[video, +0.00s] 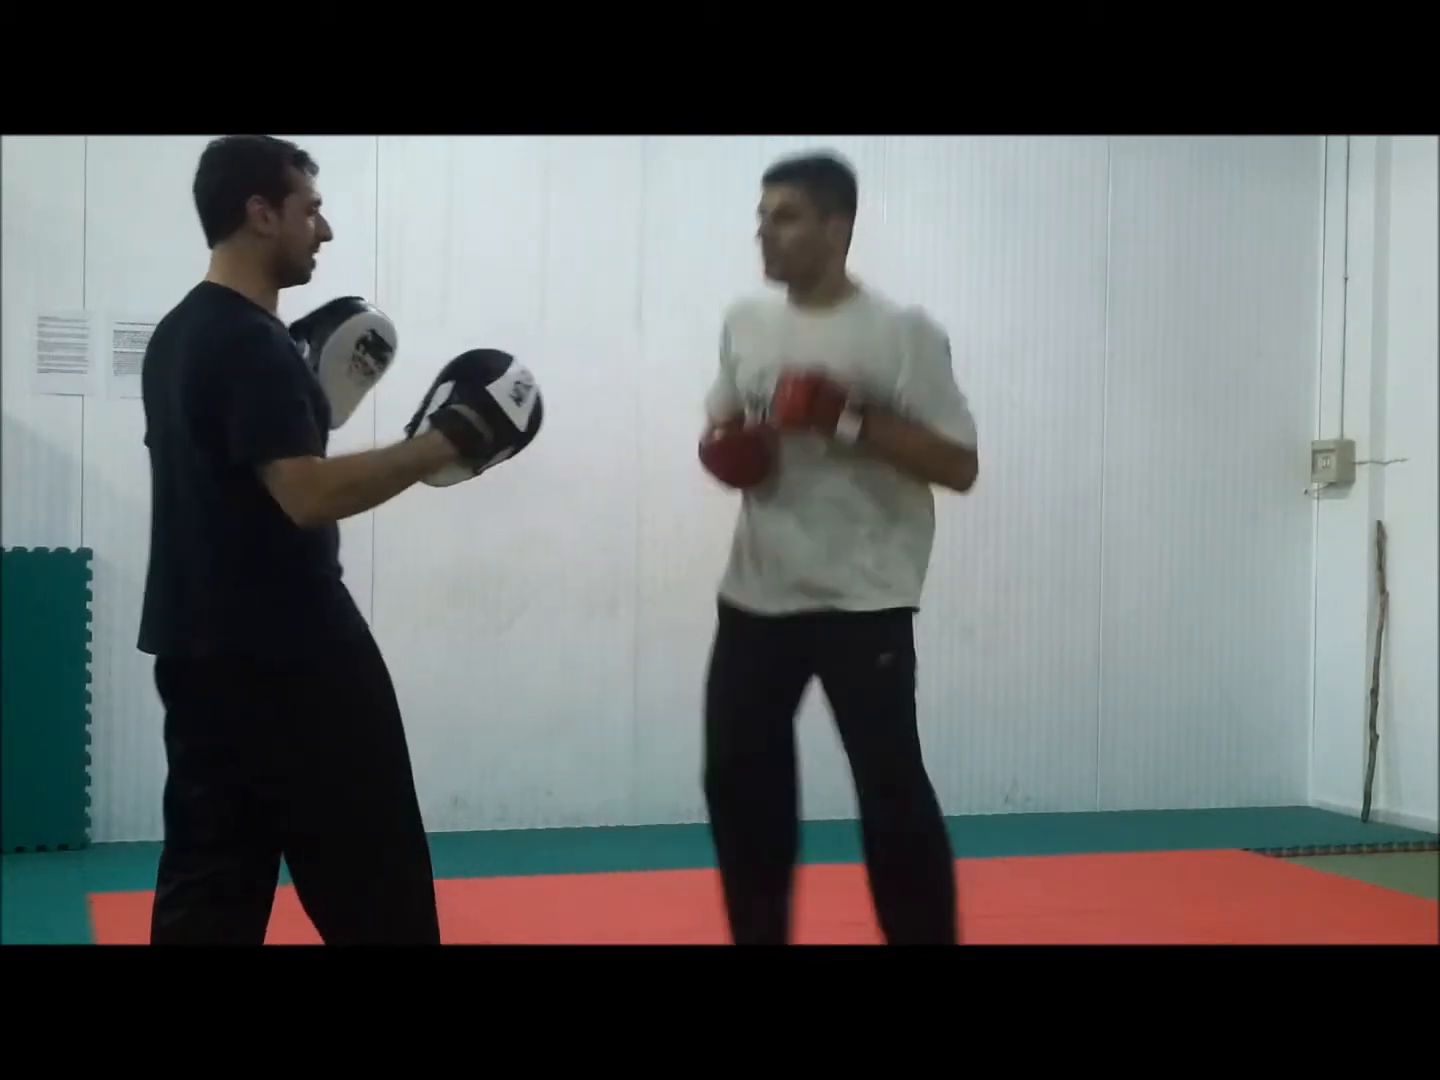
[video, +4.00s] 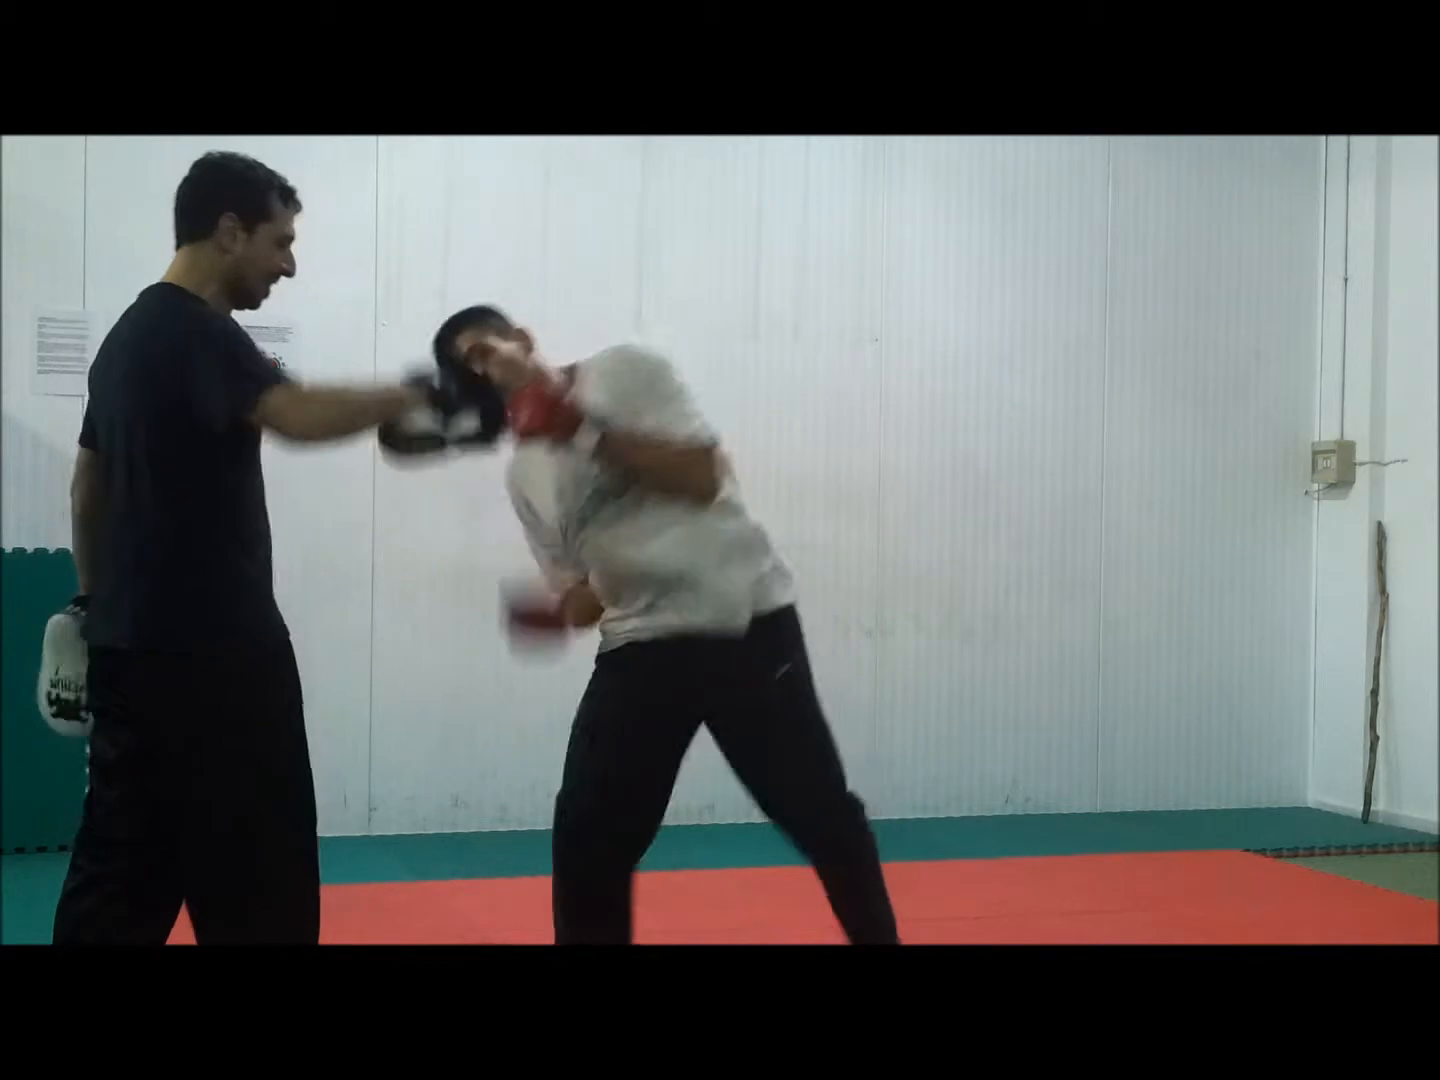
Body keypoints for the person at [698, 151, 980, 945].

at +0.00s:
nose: (765, 231)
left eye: (784, 218)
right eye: (763, 217)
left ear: (838, 226)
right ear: (766, 226)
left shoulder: (906, 335)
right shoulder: (748, 324)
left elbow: (960, 467)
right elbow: (723, 428)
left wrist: (852, 417)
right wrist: (730, 453)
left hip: (866, 605)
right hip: (759, 602)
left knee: (892, 794)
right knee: (740, 791)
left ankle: (924, 939)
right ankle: (758, 939)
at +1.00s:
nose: (509, 335)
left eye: (520, 314)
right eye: (502, 322)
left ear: (573, 301)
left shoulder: (666, 362)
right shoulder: (572, 416)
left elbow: (699, 497)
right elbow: (619, 544)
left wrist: (591, 433)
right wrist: (562, 555)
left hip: (741, 632)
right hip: (642, 659)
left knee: (819, 826)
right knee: (596, 843)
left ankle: (885, 942)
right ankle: (584, 946)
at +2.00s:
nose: (723, 307)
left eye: (737, 289)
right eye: (721, 292)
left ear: (791, 287)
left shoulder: (862, 377)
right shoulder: (772, 398)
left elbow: (841, 528)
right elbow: (760, 532)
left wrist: (768, 432)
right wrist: (710, 452)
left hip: (867, 660)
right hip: (776, 658)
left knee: (904, 855)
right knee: (690, 829)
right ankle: (656, 947)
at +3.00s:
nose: (568, 322)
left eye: (578, 300)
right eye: (562, 308)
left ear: (631, 290)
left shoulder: (720, 371)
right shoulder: (631, 404)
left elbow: (745, 501)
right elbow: (670, 530)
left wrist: (635, 434)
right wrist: (601, 551)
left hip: (765, 651)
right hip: (669, 661)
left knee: (835, 839)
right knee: (618, 844)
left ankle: (898, 944)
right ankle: (599, 942)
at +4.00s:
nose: (484, 365)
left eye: (485, 347)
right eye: (469, 368)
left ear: (523, 338)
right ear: (474, 393)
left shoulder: (623, 372)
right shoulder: (526, 473)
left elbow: (701, 479)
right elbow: (590, 590)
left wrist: (583, 430)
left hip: (746, 625)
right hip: (644, 644)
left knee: (823, 819)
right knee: (588, 838)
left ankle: (878, 937)